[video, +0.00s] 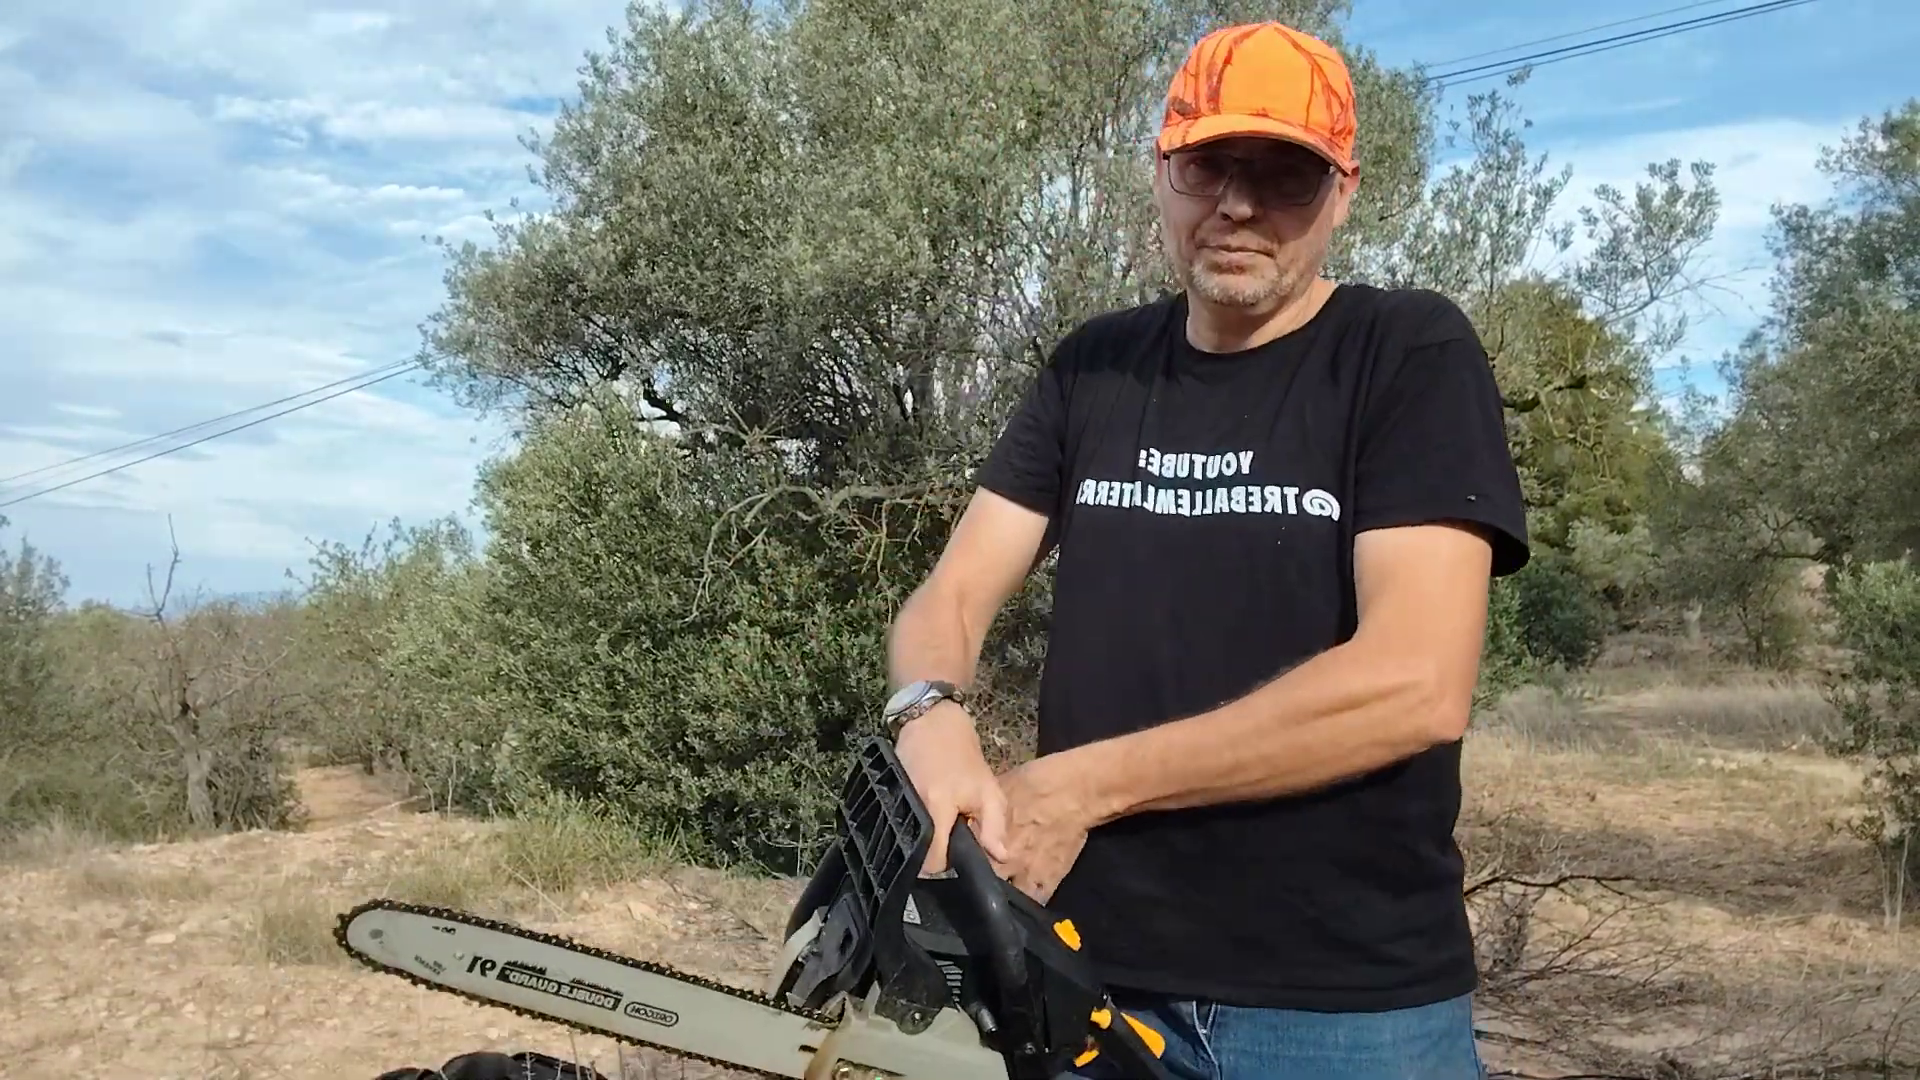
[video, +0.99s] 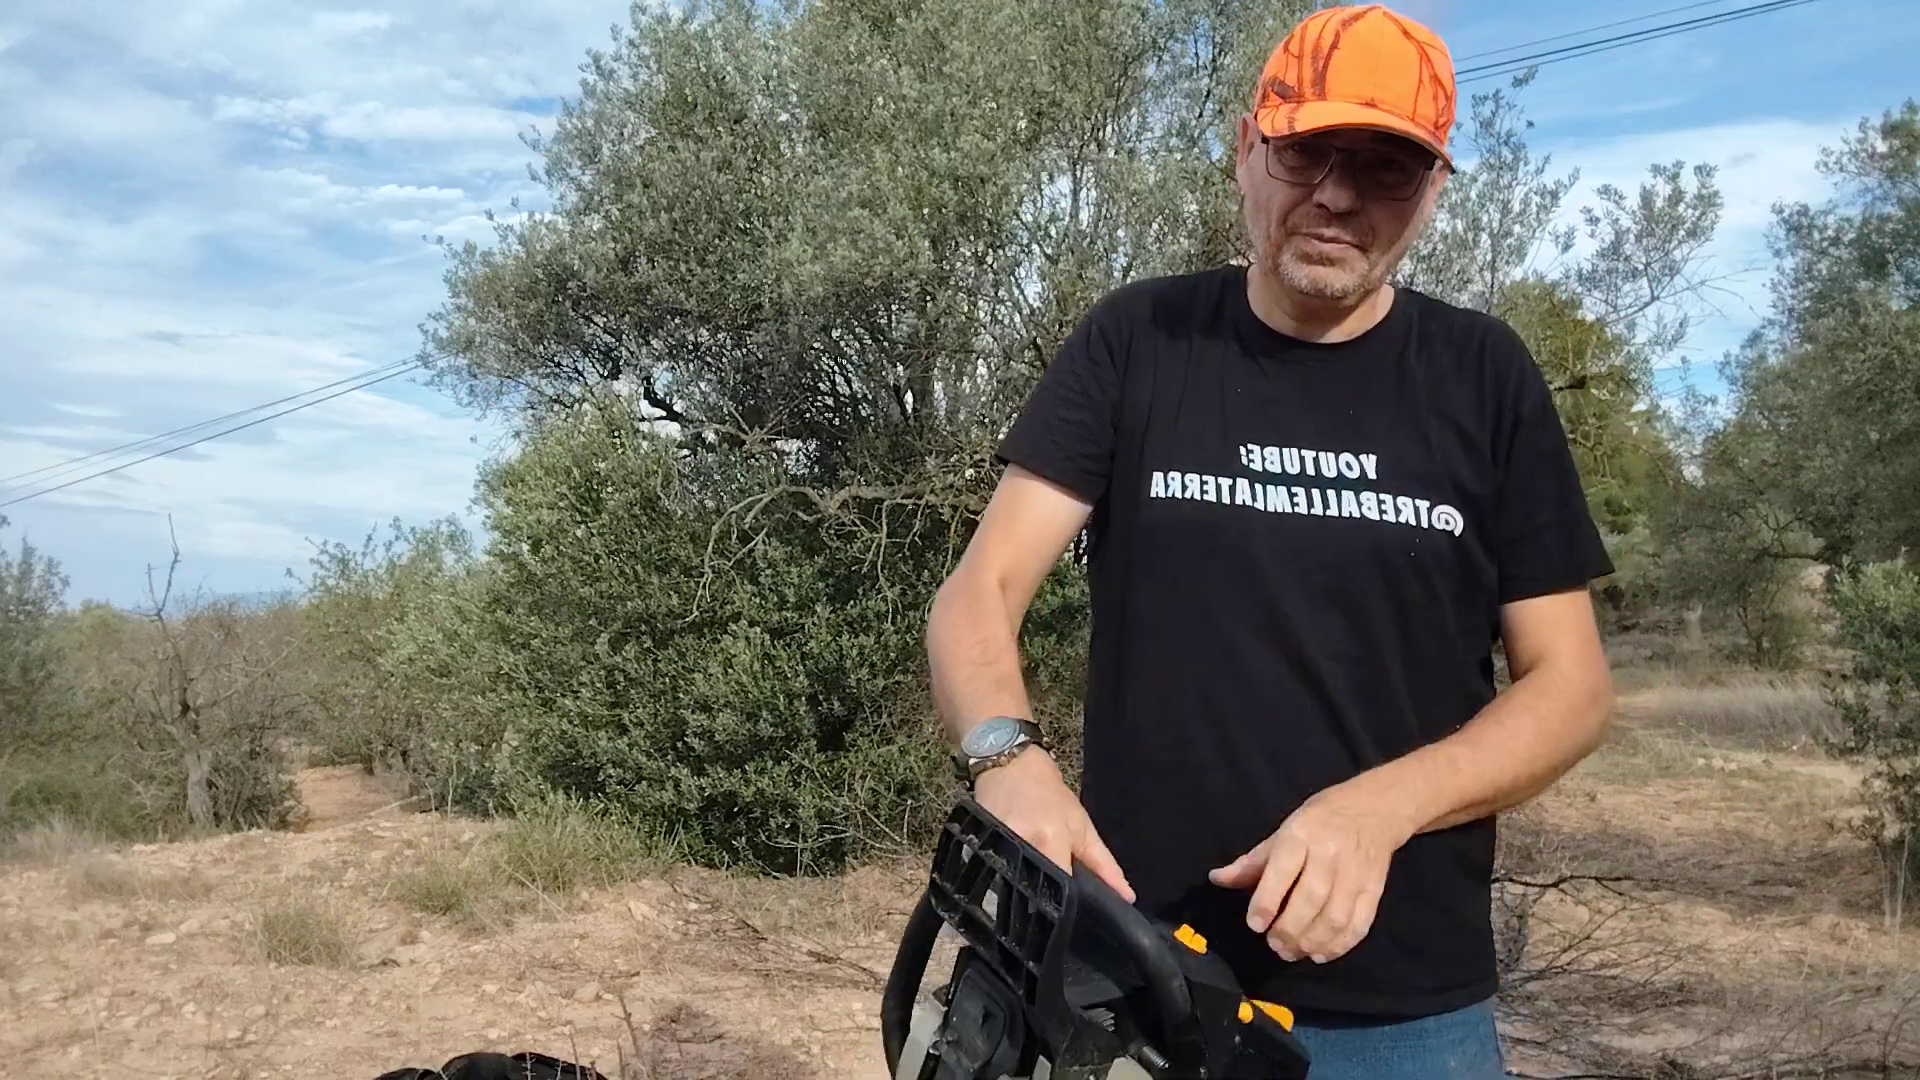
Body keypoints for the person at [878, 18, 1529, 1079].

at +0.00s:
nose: (1237, 207)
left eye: (1281, 175)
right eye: (1208, 168)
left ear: (1342, 195)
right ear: (1164, 179)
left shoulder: (1410, 350)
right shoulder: (1094, 364)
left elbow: (1417, 680)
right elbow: (948, 601)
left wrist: (1086, 785)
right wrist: (931, 719)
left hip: (1349, 1017)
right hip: (1095, 1000)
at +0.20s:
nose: (1281, 206)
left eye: (1326, 178)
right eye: (1252, 168)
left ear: (1387, 201)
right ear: (1205, 180)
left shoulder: (1448, 354)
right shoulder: (1139, 363)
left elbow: (1441, 692)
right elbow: (989, 603)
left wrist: (1109, 806)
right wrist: (973, 742)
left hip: (1379, 1018)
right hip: (1128, 997)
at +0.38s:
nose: (1303, 220)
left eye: (1348, 189)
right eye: (1276, 180)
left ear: (1403, 206)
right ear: (1224, 183)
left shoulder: (1481, 350)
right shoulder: (1143, 363)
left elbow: (1693, 602)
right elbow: (973, 584)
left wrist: (1395, 571)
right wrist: (966, 760)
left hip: (1390, 988)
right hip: (1121, 967)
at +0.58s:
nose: (1326, 199)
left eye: (1371, 169)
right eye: (1297, 158)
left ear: (1420, 188)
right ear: (1237, 157)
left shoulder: (1485, 353)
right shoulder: (1136, 347)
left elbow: (1709, 577)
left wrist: (1728, 399)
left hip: (1414, 998)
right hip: (1147, 985)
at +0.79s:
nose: (1334, 207)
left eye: (1379, 175)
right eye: (1303, 163)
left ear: (1429, 193)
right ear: (1244, 160)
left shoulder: (1483, 367)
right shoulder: (1139, 345)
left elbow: (1638, 667)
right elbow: (987, 607)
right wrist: (1006, 833)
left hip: (1425, 1014)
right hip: (1159, 1000)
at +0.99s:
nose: (1337, 197)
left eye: (1385, 168)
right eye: (1307, 154)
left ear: (1433, 192)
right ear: (1246, 153)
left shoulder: (1485, 376)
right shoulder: (1136, 339)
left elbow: (1573, 687)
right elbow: (976, 595)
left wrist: (1381, 806)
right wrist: (1008, 761)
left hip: (1403, 1015)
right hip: (1138, 997)